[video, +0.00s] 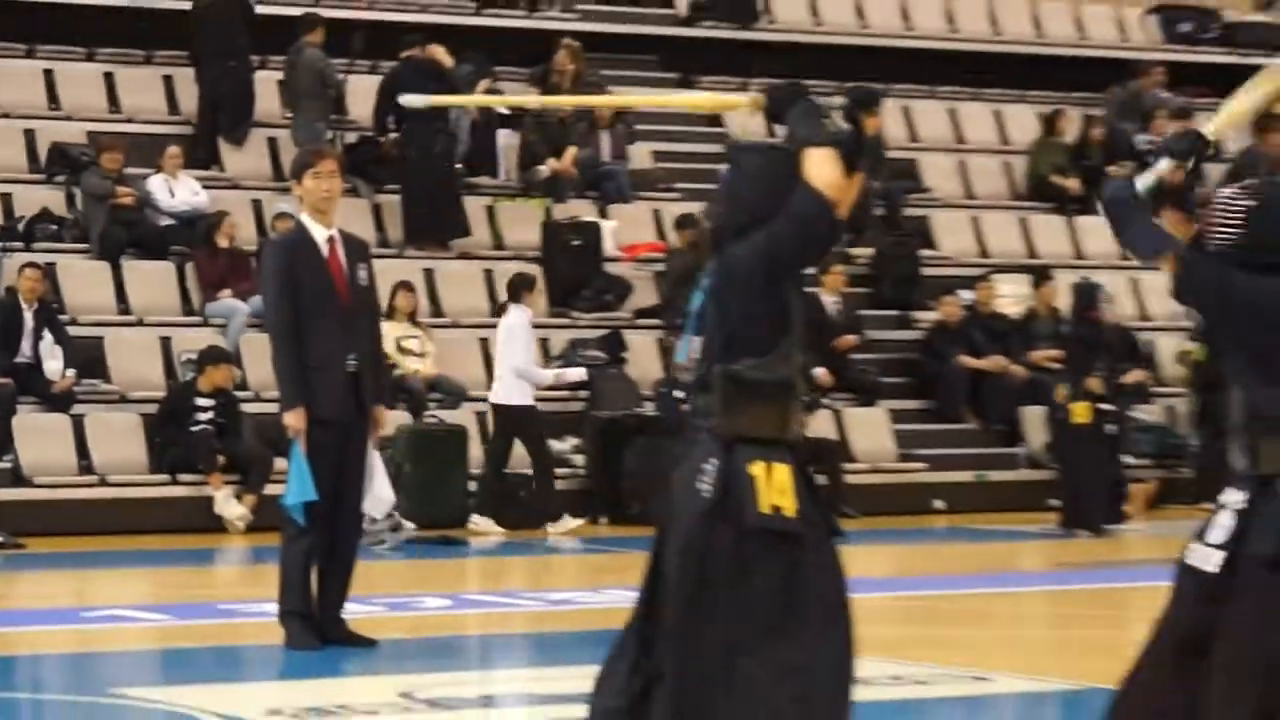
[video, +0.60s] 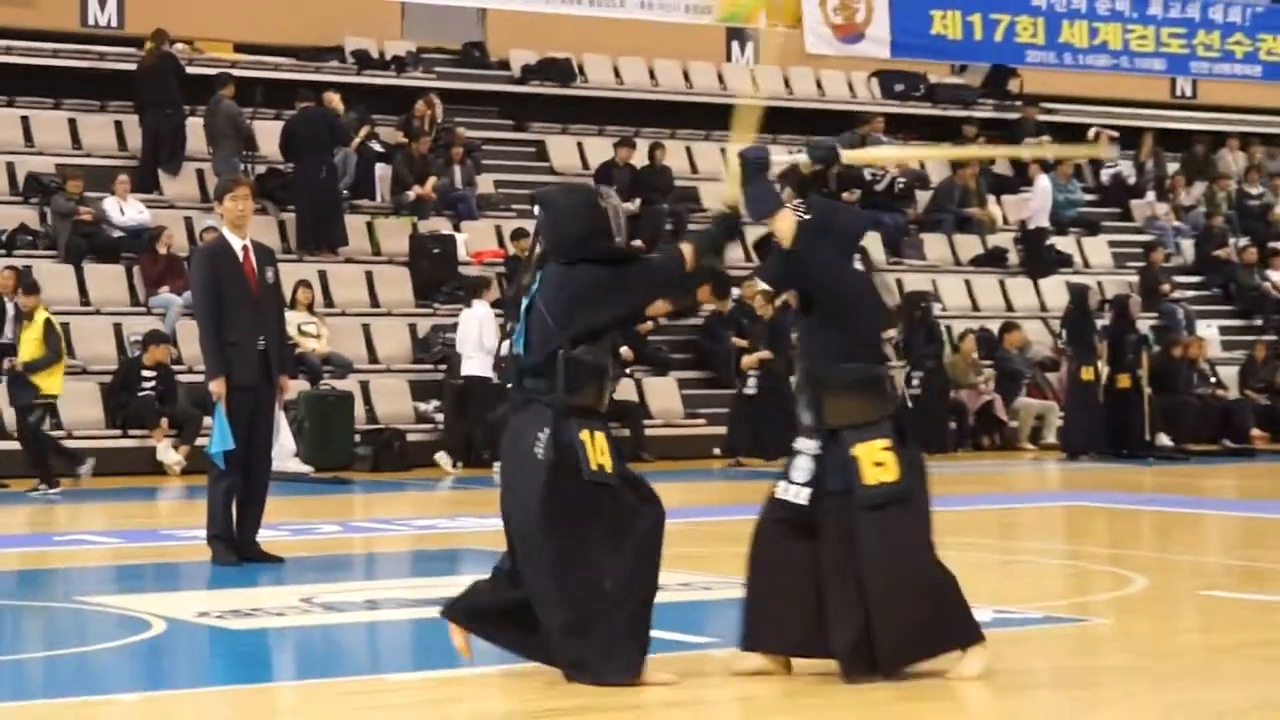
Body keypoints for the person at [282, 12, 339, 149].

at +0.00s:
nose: (323, 37)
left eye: (323, 32)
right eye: (322, 32)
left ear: (304, 31)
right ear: (315, 31)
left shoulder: (293, 54)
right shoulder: (316, 56)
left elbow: (289, 86)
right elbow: (333, 82)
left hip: (299, 119)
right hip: (316, 120)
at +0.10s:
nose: (298, 43)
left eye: (297, 38)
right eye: (296, 38)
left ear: (280, 38)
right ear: (290, 38)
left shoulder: (270, 59)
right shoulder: (292, 62)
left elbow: (265, 91)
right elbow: (308, 91)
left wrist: (272, 112)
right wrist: (315, 90)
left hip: (275, 121)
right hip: (292, 122)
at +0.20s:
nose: (280, 54)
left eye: (279, 50)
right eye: (278, 50)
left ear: (263, 50)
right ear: (272, 51)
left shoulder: (254, 70)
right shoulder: (275, 73)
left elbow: (248, 100)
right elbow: (288, 98)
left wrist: (255, 119)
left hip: (259, 128)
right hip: (275, 130)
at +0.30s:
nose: (263, 65)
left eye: (263, 61)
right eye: (262, 61)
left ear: (247, 60)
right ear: (257, 61)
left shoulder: (238, 80)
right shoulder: (260, 83)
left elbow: (234, 108)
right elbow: (276, 107)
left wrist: (240, 126)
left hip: (244, 136)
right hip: (259, 137)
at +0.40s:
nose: (246, 76)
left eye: (246, 72)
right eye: (245, 72)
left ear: (231, 72)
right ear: (240, 72)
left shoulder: (222, 91)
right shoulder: (243, 92)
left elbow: (217, 115)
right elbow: (257, 115)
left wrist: (222, 133)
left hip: (228, 144)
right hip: (243, 145)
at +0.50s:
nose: (232, 84)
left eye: (231, 80)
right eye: (230, 80)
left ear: (217, 81)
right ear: (224, 80)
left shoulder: (208, 101)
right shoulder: (229, 101)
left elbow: (205, 125)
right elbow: (243, 123)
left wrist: (210, 142)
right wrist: (250, 142)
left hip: (214, 151)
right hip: (229, 152)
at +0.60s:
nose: (234, 89)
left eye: (233, 86)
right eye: (232, 86)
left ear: (218, 87)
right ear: (227, 87)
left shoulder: (210, 107)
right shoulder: (230, 106)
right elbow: (244, 128)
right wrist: (252, 148)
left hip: (217, 156)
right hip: (231, 156)